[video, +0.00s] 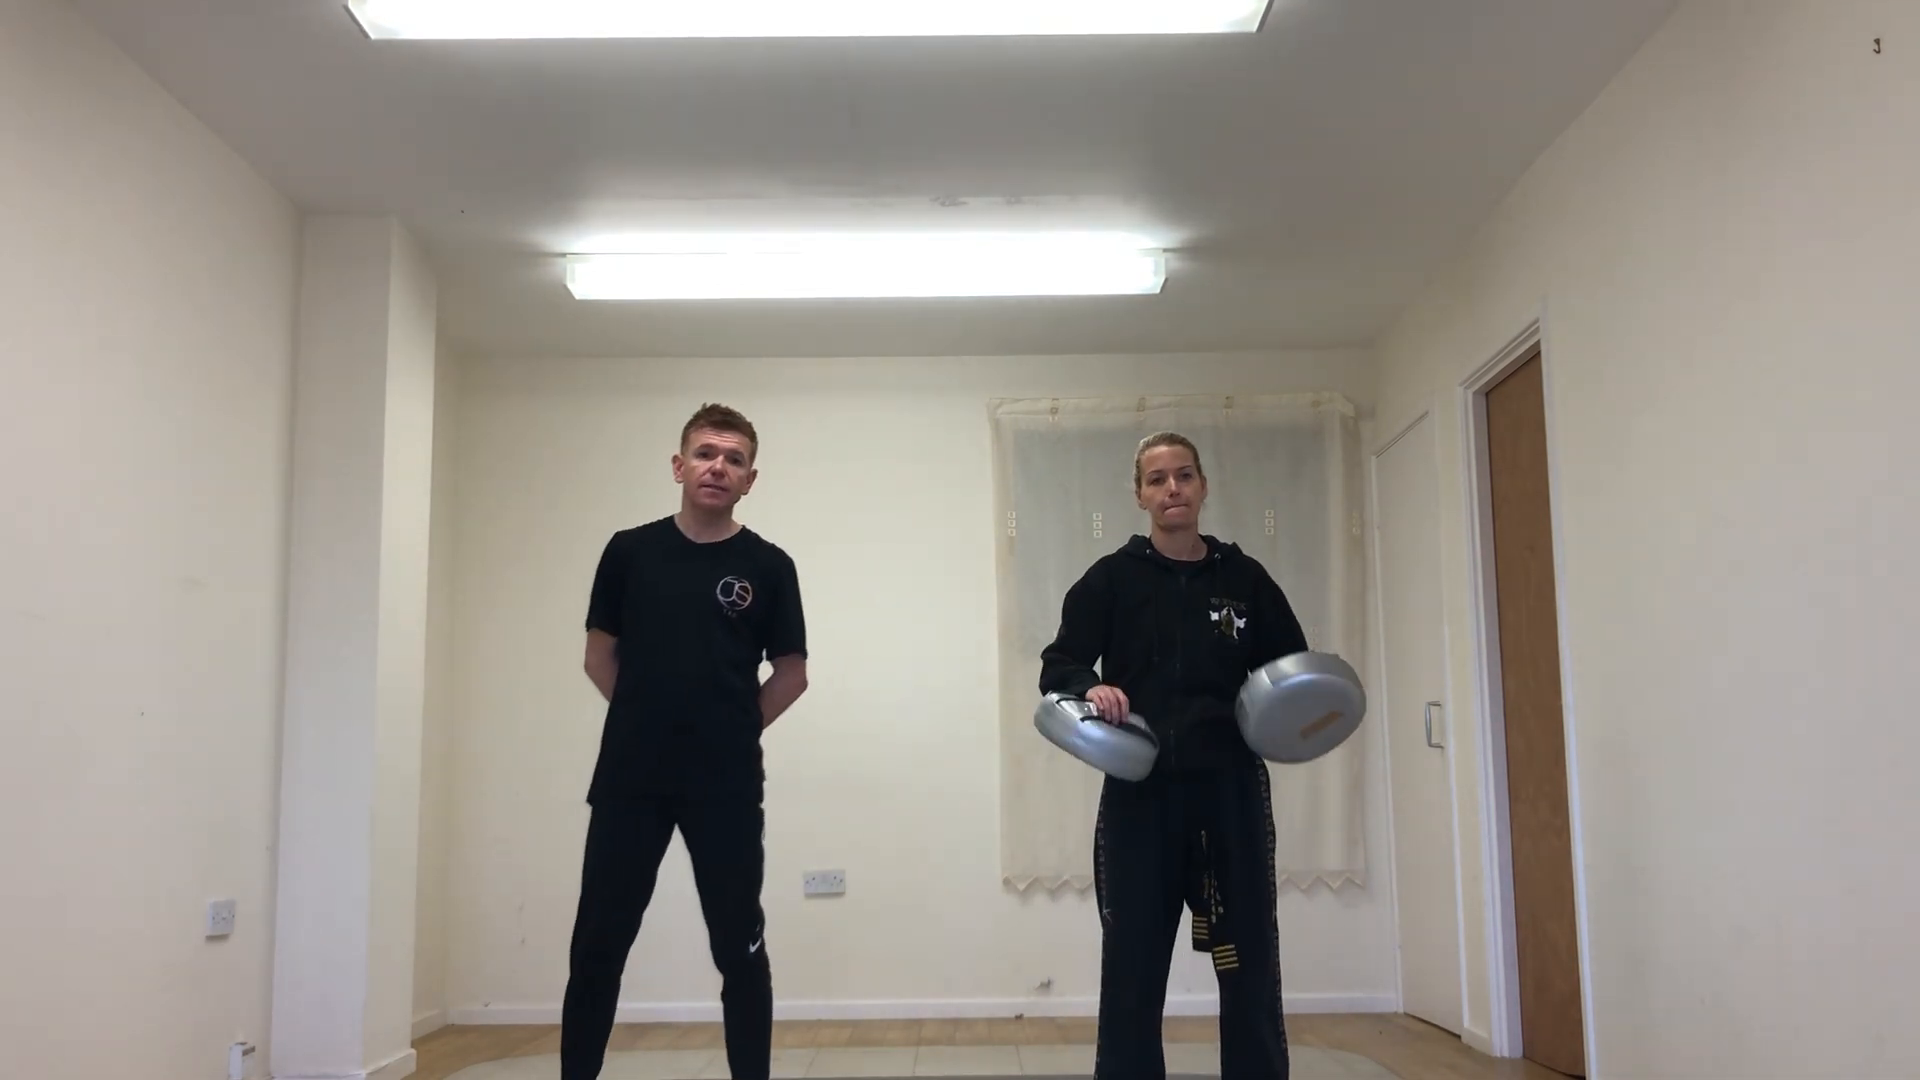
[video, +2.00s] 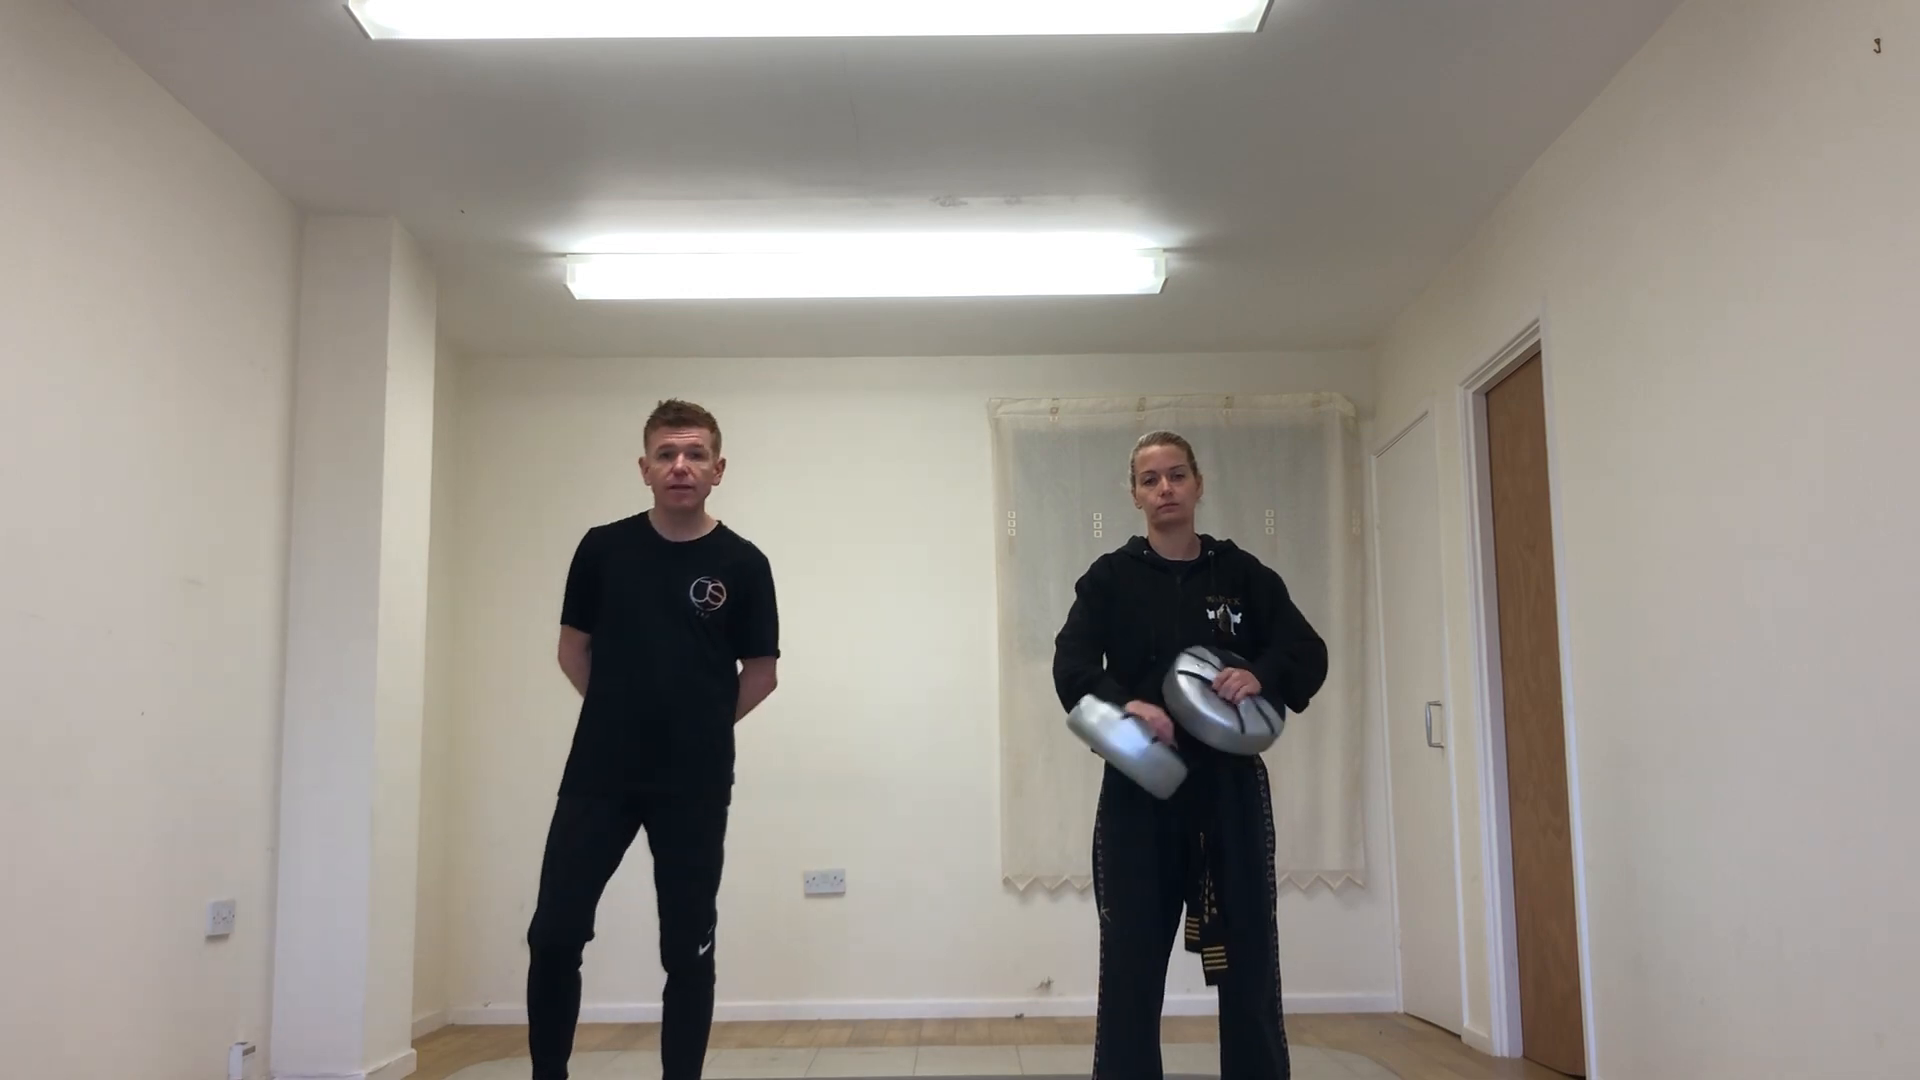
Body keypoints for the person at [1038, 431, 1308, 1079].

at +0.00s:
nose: (1173, 487)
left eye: (1184, 475)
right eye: (1157, 479)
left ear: (1202, 487)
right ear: (1140, 496)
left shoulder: (1244, 577)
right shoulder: (1108, 580)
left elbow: (1292, 668)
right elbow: (1057, 670)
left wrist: (1303, 707)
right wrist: (1089, 690)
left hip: (1232, 790)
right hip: (1139, 792)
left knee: (1250, 964)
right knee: (1133, 966)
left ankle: (1257, 1076)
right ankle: (1127, 1076)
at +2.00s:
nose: (1165, 488)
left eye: (1176, 475)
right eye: (1150, 479)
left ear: (1198, 485)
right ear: (1135, 495)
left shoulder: (1243, 573)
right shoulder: (1110, 577)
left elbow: (1308, 653)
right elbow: (1072, 664)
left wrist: (1261, 676)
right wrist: (1125, 703)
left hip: (1232, 785)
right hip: (1139, 787)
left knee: (1249, 964)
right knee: (1131, 968)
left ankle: (1258, 1077)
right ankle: (1125, 1078)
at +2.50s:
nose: (1168, 485)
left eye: (1180, 473)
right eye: (1154, 476)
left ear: (1200, 487)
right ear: (1137, 494)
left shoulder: (1238, 571)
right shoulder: (1106, 577)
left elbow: (1271, 668)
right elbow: (1072, 678)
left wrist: (1283, 754)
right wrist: (1056, 774)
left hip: (1226, 784)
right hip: (1133, 786)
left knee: (1245, 955)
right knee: (1129, 960)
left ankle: (1257, 1076)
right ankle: (1123, 1076)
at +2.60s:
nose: (1172, 485)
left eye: (1184, 473)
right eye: (1157, 476)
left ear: (1204, 485)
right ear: (1140, 491)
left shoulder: (1240, 571)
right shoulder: (1108, 574)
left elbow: (1249, 670)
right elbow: (1088, 678)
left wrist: (1212, 742)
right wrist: (1112, 753)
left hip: (1226, 782)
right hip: (1132, 785)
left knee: (1245, 960)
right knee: (1127, 963)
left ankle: (1256, 1076)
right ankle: (1122, 1077)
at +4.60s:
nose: (1174, 485)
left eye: (1187, 474)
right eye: (1161, 474)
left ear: (1207, 486)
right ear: (1143, 487)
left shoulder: (1240, 570)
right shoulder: (1111, 574)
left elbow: (1256, 667)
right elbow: (1094, 678)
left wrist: (1218, 730)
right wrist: (1136, 739)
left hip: (1230, 779)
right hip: (1138, 780)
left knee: (1249, 960)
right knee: (1130, 963)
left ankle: (1261, 1077)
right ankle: (1124, 1078)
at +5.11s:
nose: (1174, 484)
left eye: (1187, 472)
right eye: (1160, 474)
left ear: (1206, 484)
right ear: (1142, 487)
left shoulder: (1240, 570)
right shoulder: (1110, 575)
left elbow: (1256, 668)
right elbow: (1095, 680)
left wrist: (1218, 730)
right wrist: (1137, 740)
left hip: (1230, 780)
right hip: (1138, 782)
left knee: (1249, 961)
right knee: (1130, 965)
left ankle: (1261, 1076)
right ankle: (1124, 1077)